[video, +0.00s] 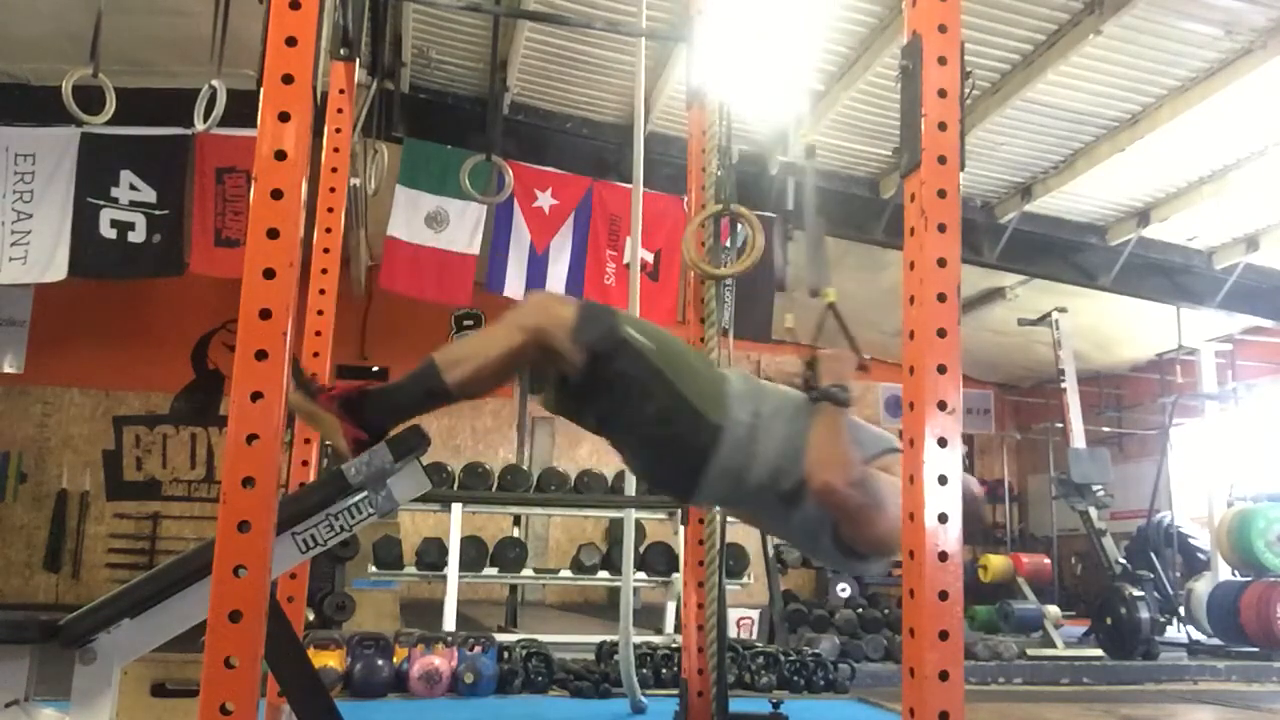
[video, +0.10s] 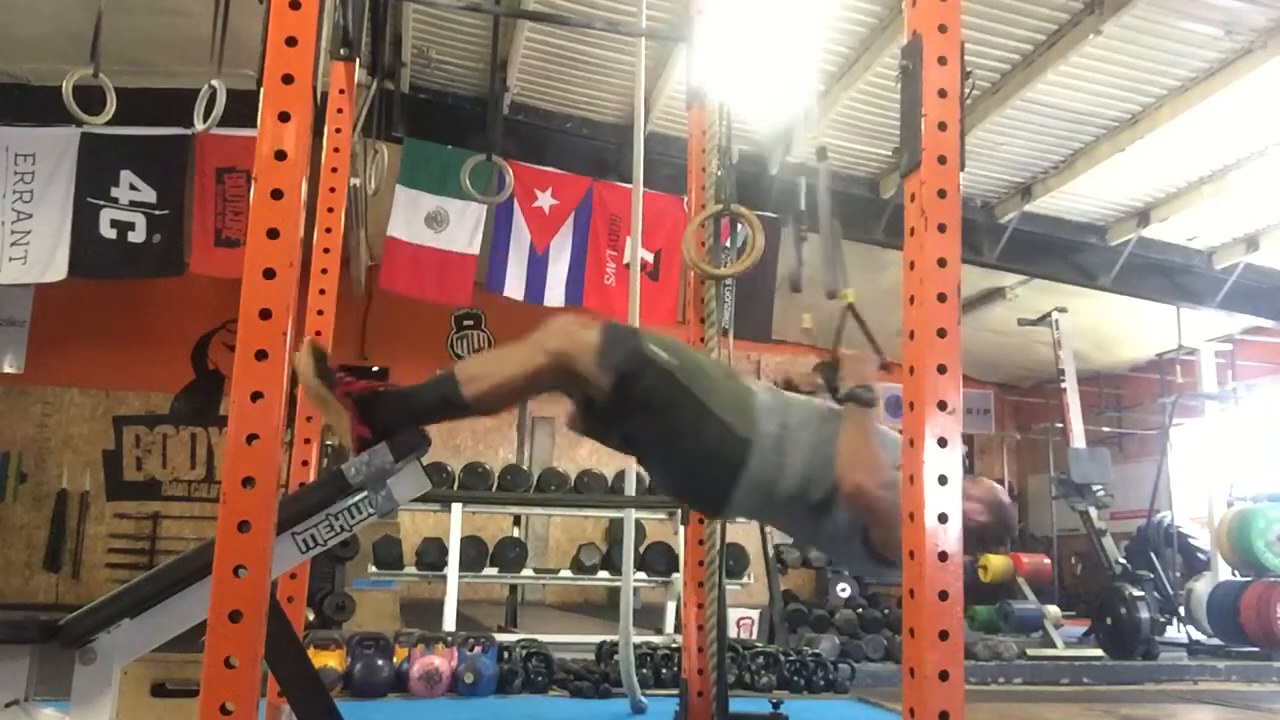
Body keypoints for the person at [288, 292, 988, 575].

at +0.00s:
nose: (927, 486)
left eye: (933, 502)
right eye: (939, 493)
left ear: (926, 534)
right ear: (934, 511)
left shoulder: (887, 535)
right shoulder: (879, 482)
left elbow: (831, 478)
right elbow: (847, 435)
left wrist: (833, 392)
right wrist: (851, 386)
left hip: (703, 434)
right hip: (702, 400)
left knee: (546, 315)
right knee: (537, 320)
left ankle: (368, 410)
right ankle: (378, 405)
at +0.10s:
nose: (961, 496)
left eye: (969, 510)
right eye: (970, 495)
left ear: (949, 540)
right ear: (952, 491)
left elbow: (859, 489)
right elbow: (856, 441)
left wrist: (873, 408)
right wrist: (864, 394)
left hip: (732, 437)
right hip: (720, 435)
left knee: (574, 333)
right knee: (554, 370)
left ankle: (383, 408)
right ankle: (390, 414)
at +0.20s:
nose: (993, 497)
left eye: (1004, 509)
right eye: (1002, 495)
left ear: (996, 540)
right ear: (988, 499)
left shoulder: (943, 550)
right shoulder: (938, 504)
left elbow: (882, 487)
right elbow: (879, 466)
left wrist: (877, 403)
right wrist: (900, 418)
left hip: (761, 467)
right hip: (759, 437)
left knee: (594, 365)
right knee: (583, 366)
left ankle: (403, 413)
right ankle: (407, 410)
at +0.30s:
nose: (997, 502)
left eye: (1009, 517)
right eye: (1006, 499)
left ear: (999, 554)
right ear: (989, 498)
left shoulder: (952, 556)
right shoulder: (943, 497)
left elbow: (900, 496)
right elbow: (876, 448)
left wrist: (934, 433)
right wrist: (905, 411)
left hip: (772, 485)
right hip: (767, 446)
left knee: (598, 396)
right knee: (596, 383)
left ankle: (404, 415)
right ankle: (414, 416)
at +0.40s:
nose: (1010, 521)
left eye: (1019, 535)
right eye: (1018, 521)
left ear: (1012, 566)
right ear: (1003, 519)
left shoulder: (974, 555)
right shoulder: (953, 522)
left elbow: (899, 495)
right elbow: (879, 472)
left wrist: (914, 424)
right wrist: (872, 403)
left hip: (780, 494)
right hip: (771, 479)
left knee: (606, 417)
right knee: (599, 417)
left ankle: (404, 415)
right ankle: (412, 420)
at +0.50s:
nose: (1012, 550)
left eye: (1021, 567)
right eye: (1021, 549)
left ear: (1009, 594)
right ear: (1004, 538)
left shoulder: (968, 577)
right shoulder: (948, 549)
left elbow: (900, 505)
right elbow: (861, 490)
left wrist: (903, 422)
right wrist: (844, 422)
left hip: (778, 517)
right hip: (771, 496)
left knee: (613, 434)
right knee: (602, 431)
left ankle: (408, 418)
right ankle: (416, 424)